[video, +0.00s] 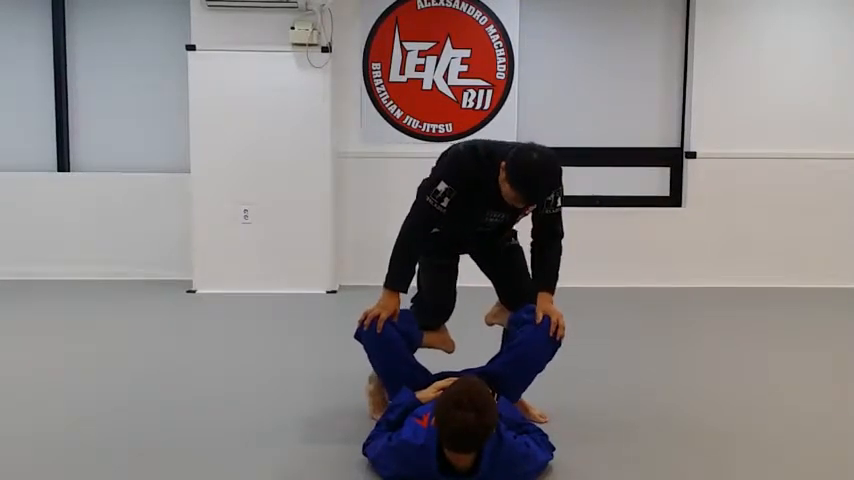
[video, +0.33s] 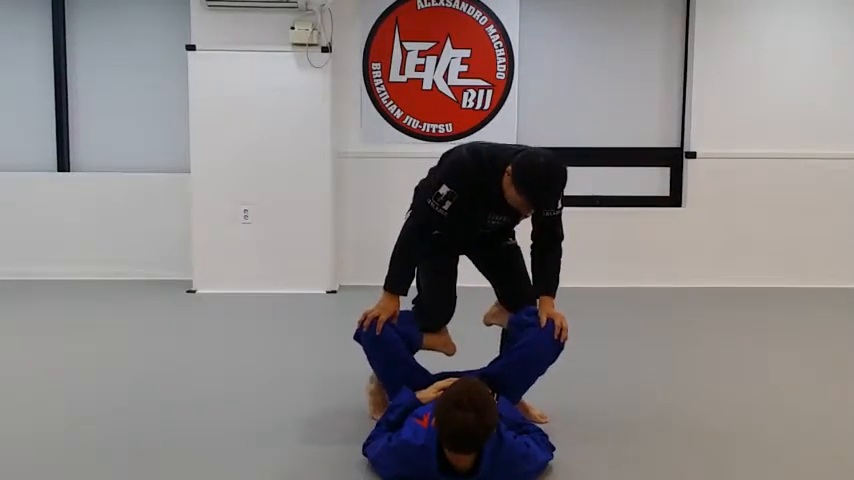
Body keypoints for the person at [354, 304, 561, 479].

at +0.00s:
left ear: (434, 419)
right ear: (495, 418)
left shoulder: (407, 452)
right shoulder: (515, 456)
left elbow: (374, 443)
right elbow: (540, 442)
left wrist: (414, 397)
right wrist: (506, 403)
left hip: (424, 396)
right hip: (492, 393)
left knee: (373, 327)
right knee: (546, 326)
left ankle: (431, 333)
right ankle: (509, 312)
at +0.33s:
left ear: (435, 420)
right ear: (495, 419)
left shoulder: (407, 451)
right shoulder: (515, 456)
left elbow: (374, 444)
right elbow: (538, 439)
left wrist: (414, 398)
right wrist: (507, 403)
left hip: (424, 395)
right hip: (493, 393)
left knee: (372, 329)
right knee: (550, 332)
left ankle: (433, 336)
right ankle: (508, 314)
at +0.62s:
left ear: (435, 421)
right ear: (495, 419)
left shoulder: (409, 451)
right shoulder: (514, 456)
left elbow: (373, 444)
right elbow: (539, 440)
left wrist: (414, 398)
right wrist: (507, 403)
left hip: (424, 396)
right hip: (492, 392)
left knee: (371, 328)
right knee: (548, 330)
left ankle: (434, 337)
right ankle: (508, 313)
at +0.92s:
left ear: (436, 421)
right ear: (496, 420)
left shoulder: (408, 452)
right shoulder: (515, 456)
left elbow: (373, 445)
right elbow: (539, 441)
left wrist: (414, 398)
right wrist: (507, 404)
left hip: (423, 396)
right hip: (493, 393)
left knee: (374, 327)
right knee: (549, 331)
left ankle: (437, 341)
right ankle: (510, 314)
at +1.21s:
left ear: (437, 421)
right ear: (495, 421)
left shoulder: (408, 451)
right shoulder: (514, 456)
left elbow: (373, 445)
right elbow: (539, 440)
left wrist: (413, 398)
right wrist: (503, 402)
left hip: (424, 397)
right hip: (492, 393)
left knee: (376, 328)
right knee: (553, 333)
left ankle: (441, 347)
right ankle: (510, 314)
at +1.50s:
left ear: (437, 422)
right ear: (495, 422)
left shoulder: (407, 453)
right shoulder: (516, 456)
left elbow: (373, 445)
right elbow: (539, 441)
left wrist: (412, 398)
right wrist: (503, 403)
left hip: (424, 397)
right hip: (491, 393)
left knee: (378, 328)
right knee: (554, 335)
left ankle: (442, 350)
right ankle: (506, 314)